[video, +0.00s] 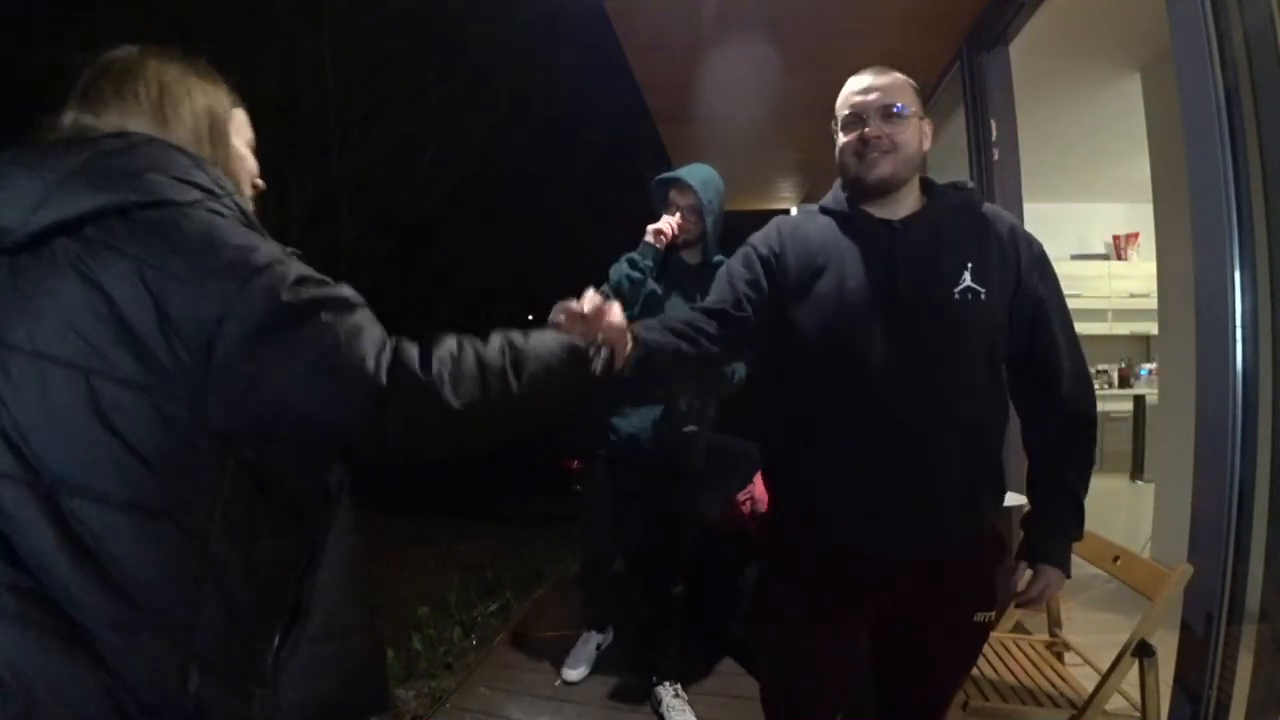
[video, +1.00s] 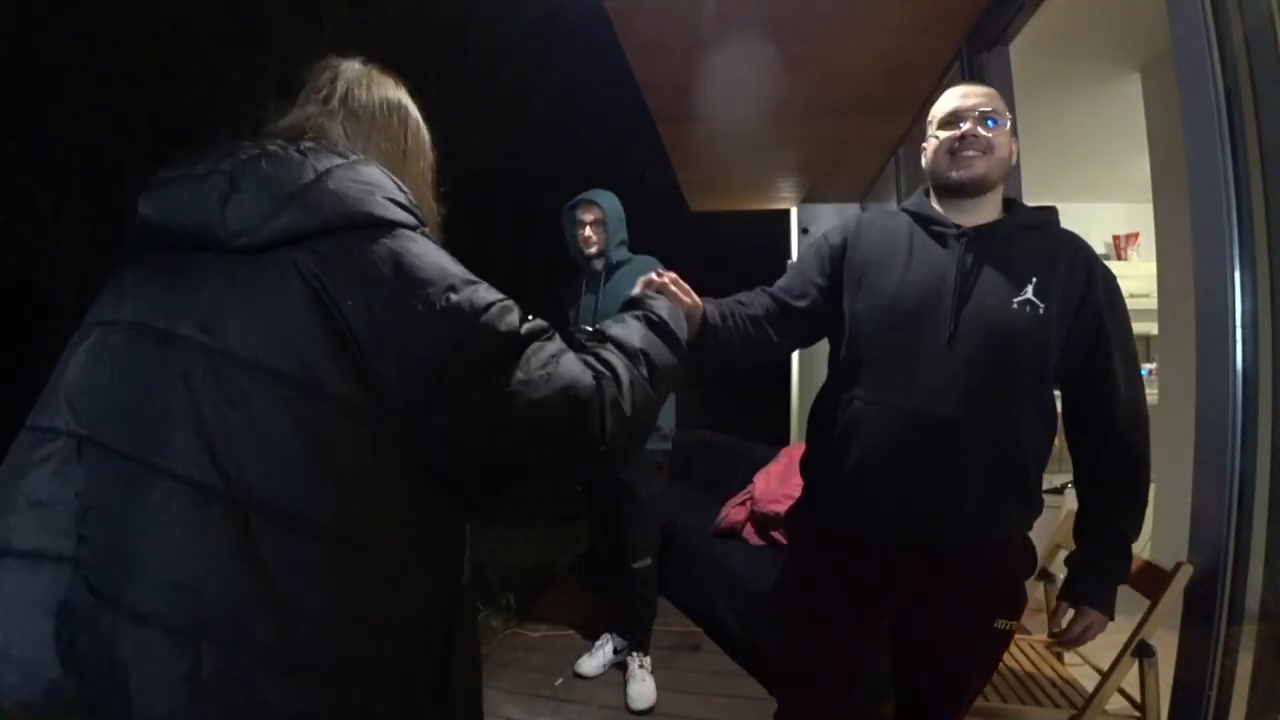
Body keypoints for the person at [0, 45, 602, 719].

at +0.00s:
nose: (259, 176)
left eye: (255, 153)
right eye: (248, 152)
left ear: (104, 133)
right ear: (195, 145)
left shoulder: (25, 235)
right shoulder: (190, 244)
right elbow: (390, 390)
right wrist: (573, 352)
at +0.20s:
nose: (316, 181)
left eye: (315, 155)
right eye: (307, 154)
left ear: (167, 132)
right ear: (255, 143)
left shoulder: (40, 254)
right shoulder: (250, 265)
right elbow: (435, 409)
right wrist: (594, 383)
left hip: (27, 657)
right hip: (176, 671)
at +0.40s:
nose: (350, 171)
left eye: (348, 148)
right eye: (341, 146)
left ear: (186, 128)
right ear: (300, 142)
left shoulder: (53, 288)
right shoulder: (310, 266)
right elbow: (499, 411)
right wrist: (642, 392)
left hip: (62, 683)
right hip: (271, 680)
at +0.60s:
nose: (385, 159)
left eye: (382, 138)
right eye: (379, 137)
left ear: (217, 122)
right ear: (343, 136)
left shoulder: (91, 283)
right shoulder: (350, 262)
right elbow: (553, 403)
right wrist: (682, 309)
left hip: (91, 687)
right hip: (321, 686)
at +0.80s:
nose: (415, 171)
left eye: (413, 155)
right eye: (409, 152)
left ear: (252, 123)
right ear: (384, 145)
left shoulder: (118, 283)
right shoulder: (402, 268)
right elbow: (603, 357)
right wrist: (659, 244)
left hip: (94, 677)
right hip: (338, 679)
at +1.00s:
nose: (424, 192)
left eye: (423, 176)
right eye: (420, 173)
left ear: (291, 139)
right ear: (395, 163)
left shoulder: (158, 255)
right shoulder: (377, 261)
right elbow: (565, 405)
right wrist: (660, 324)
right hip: (304, 667)